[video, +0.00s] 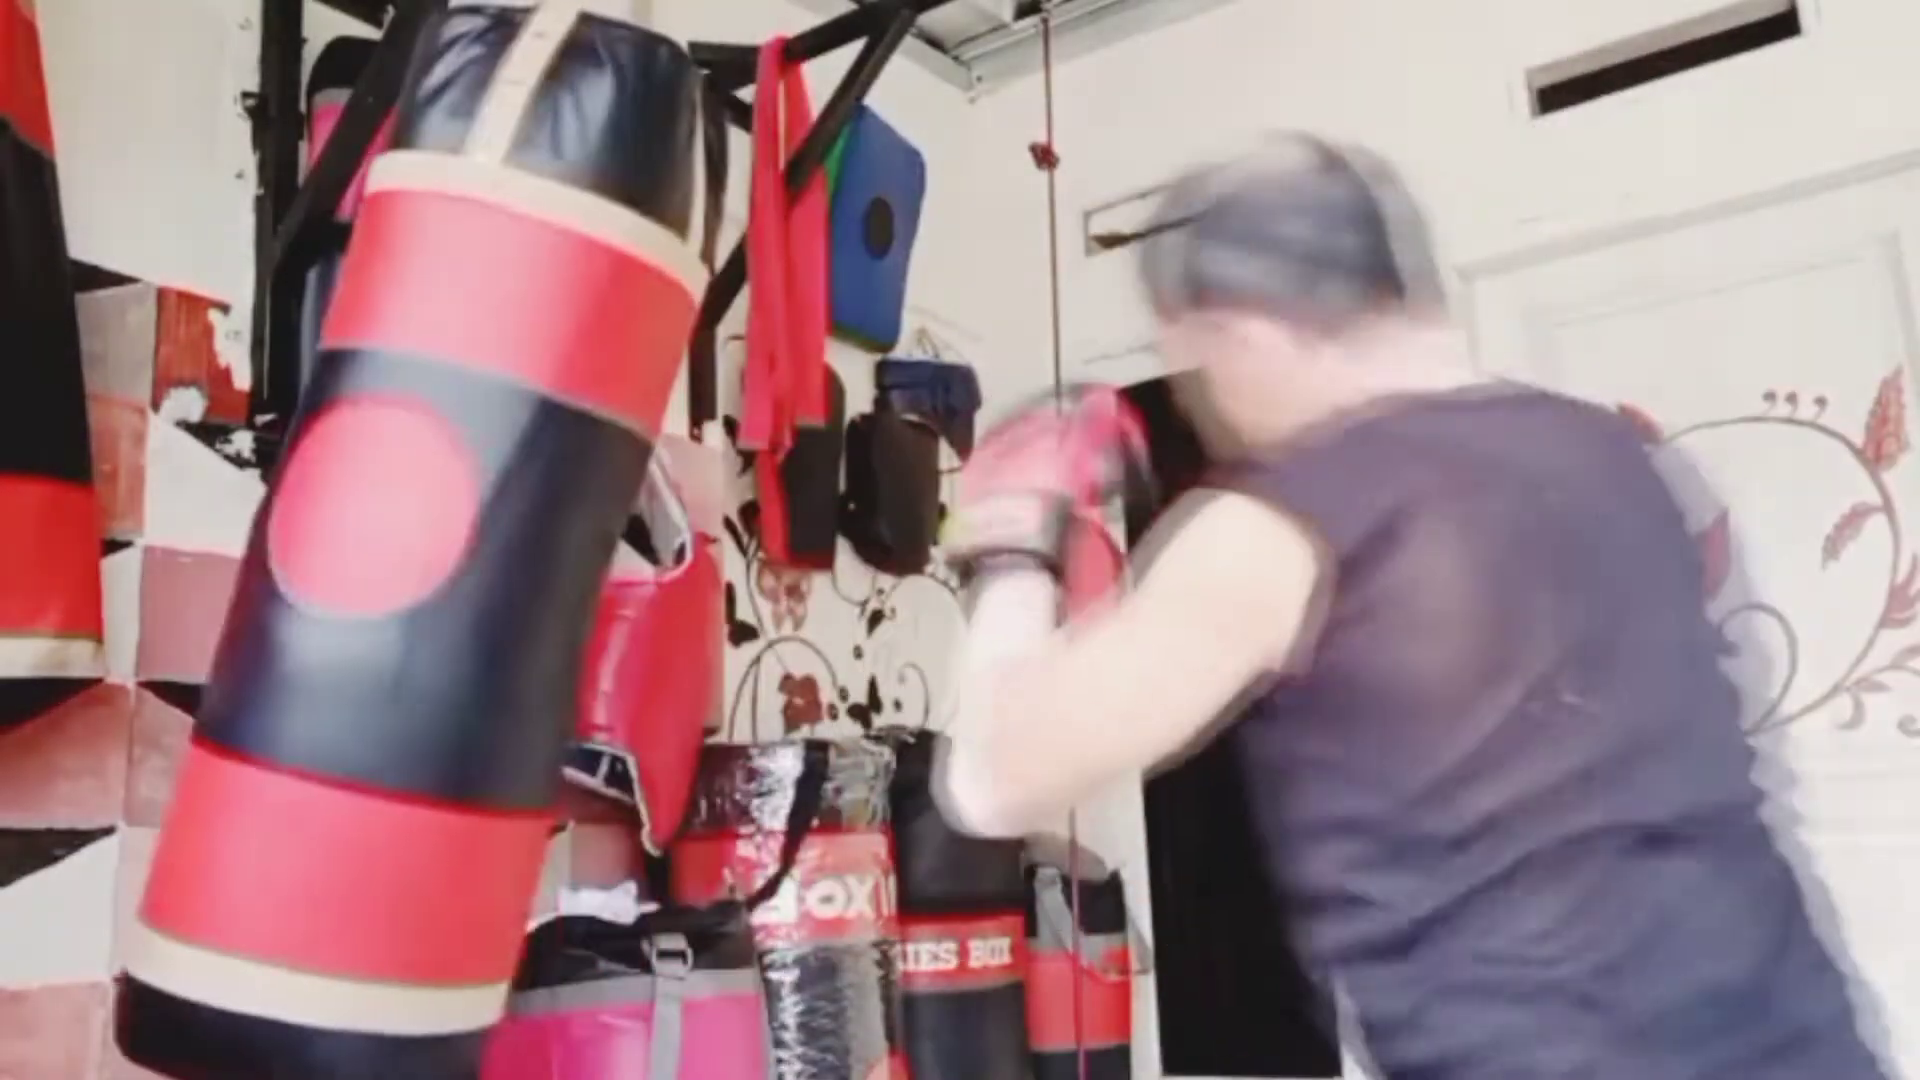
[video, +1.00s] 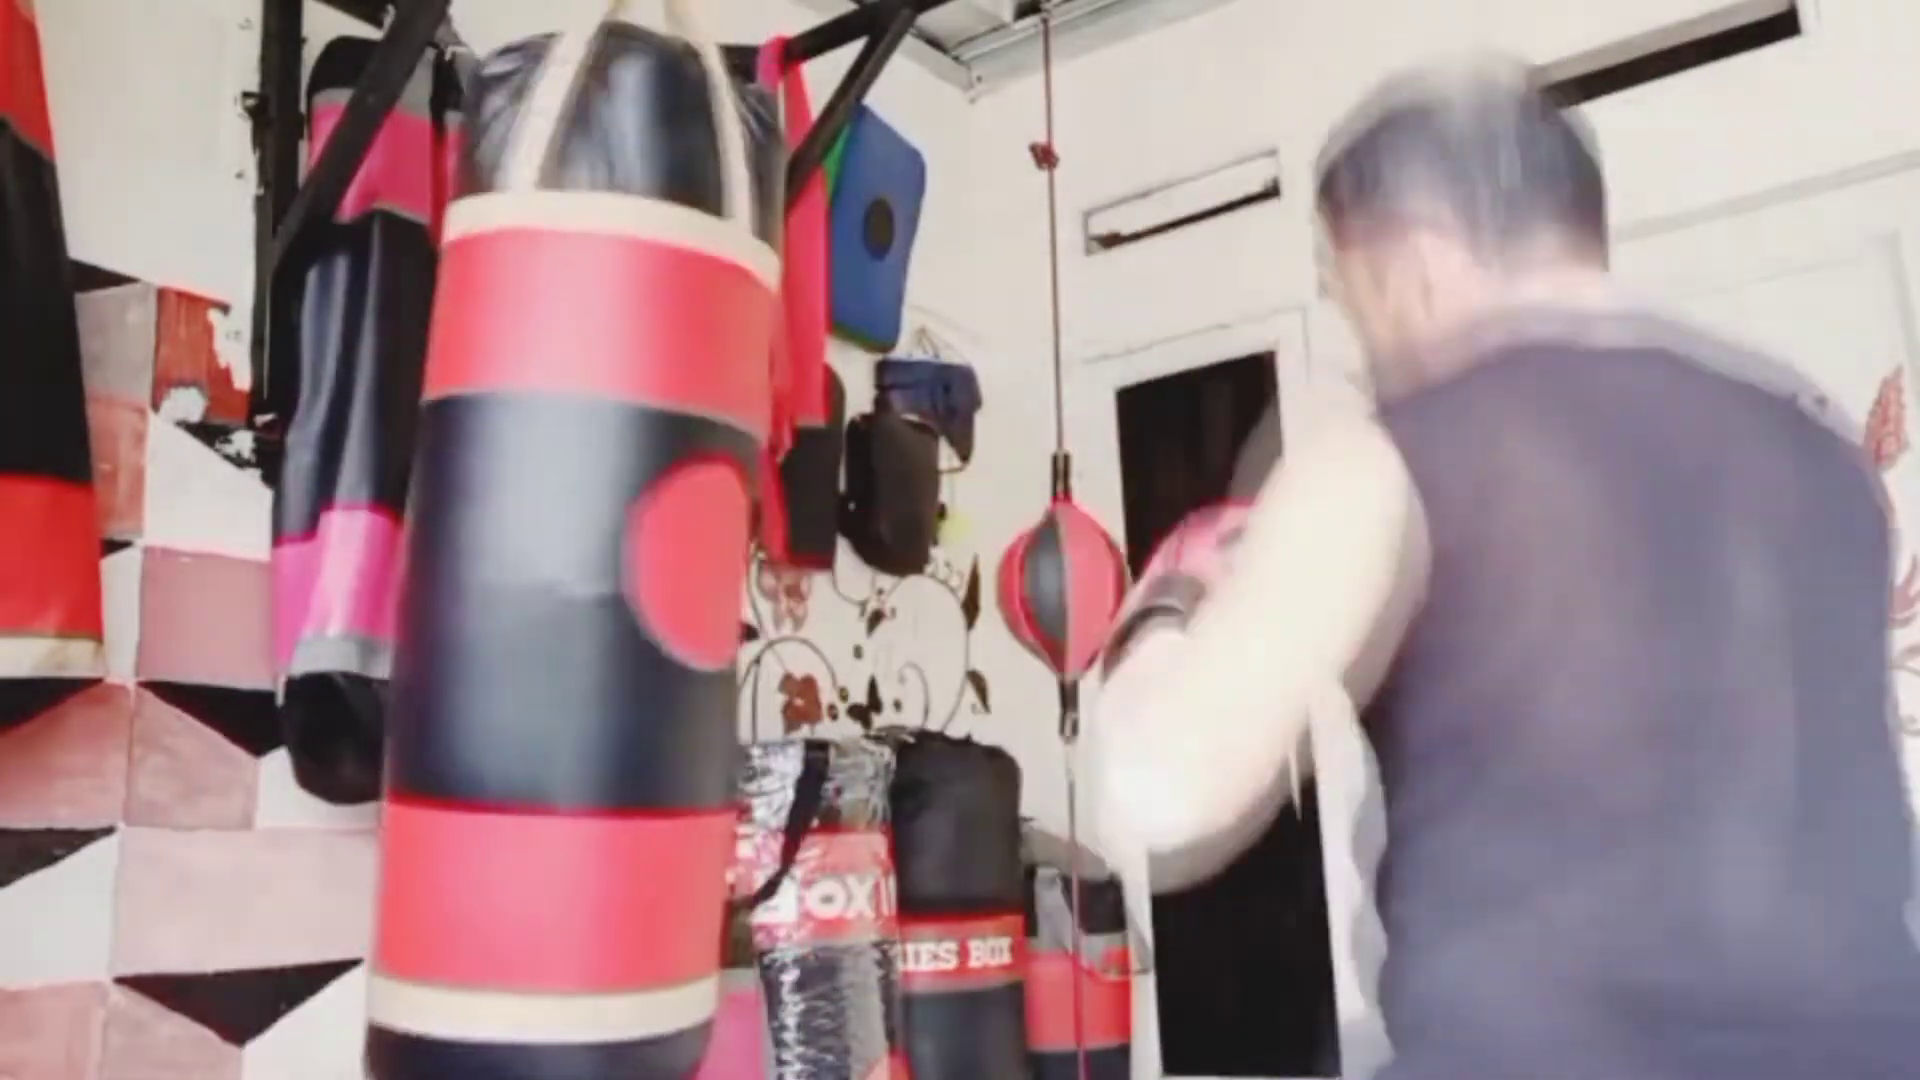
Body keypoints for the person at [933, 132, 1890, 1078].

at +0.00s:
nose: (1199, 404)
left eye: (1190, 362)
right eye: (1184, 368)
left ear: (1252, 326)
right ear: (1386, 285)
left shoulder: (1288, 520)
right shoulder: (1607, 446)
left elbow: (1001, 776)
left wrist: (1011, 549)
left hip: (1524, 1055)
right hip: (1795, 1042)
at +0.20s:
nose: (1326, 435)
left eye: (1314, 399)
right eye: (1306, 403)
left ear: (1384, 371)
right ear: (1534, 332)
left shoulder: (1343, 538)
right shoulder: (1769, 506)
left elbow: (1049, 787)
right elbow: (1838, 834)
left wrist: (1053, 612)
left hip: (1526, 1049)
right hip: (1847, 1044)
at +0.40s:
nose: (1200, 405)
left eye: (1204, 361)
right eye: (1194, 368)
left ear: (1278, 324)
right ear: (1380, 306)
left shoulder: (1341, 520)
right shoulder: (1571, 462)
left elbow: (1078, 836)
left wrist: (1025, 647)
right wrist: (1146, 625)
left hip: (1534, 1057)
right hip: (1740, 1042)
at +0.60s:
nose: (1109, 423)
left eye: (1102, 380)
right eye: (1096, 384)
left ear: (1171, 365)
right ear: (1315, 323)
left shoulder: (1328, 499)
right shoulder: (1470, 461)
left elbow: (1115, 771)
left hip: (1534, 1059)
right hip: (1673, 1038)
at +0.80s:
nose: (1230, 365)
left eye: (1224, 328)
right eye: (1217, 335)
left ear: (1271, 289)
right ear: (1423, 260)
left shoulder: (1266, 469)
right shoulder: (1711, 457)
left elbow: (1006, 731)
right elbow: (1783, 813)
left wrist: (925, 613)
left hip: (1447, 1037)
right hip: (1763, 1032)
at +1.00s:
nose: (1355, 332)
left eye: (1350, 287)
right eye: (1343, 292)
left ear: (1412, 248)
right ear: (1582, 228)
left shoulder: (1397, 454)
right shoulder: (1825, 446)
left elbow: (1151, 808)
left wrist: (1176, 601)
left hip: (1525, 1048)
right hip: (1850, 1044)